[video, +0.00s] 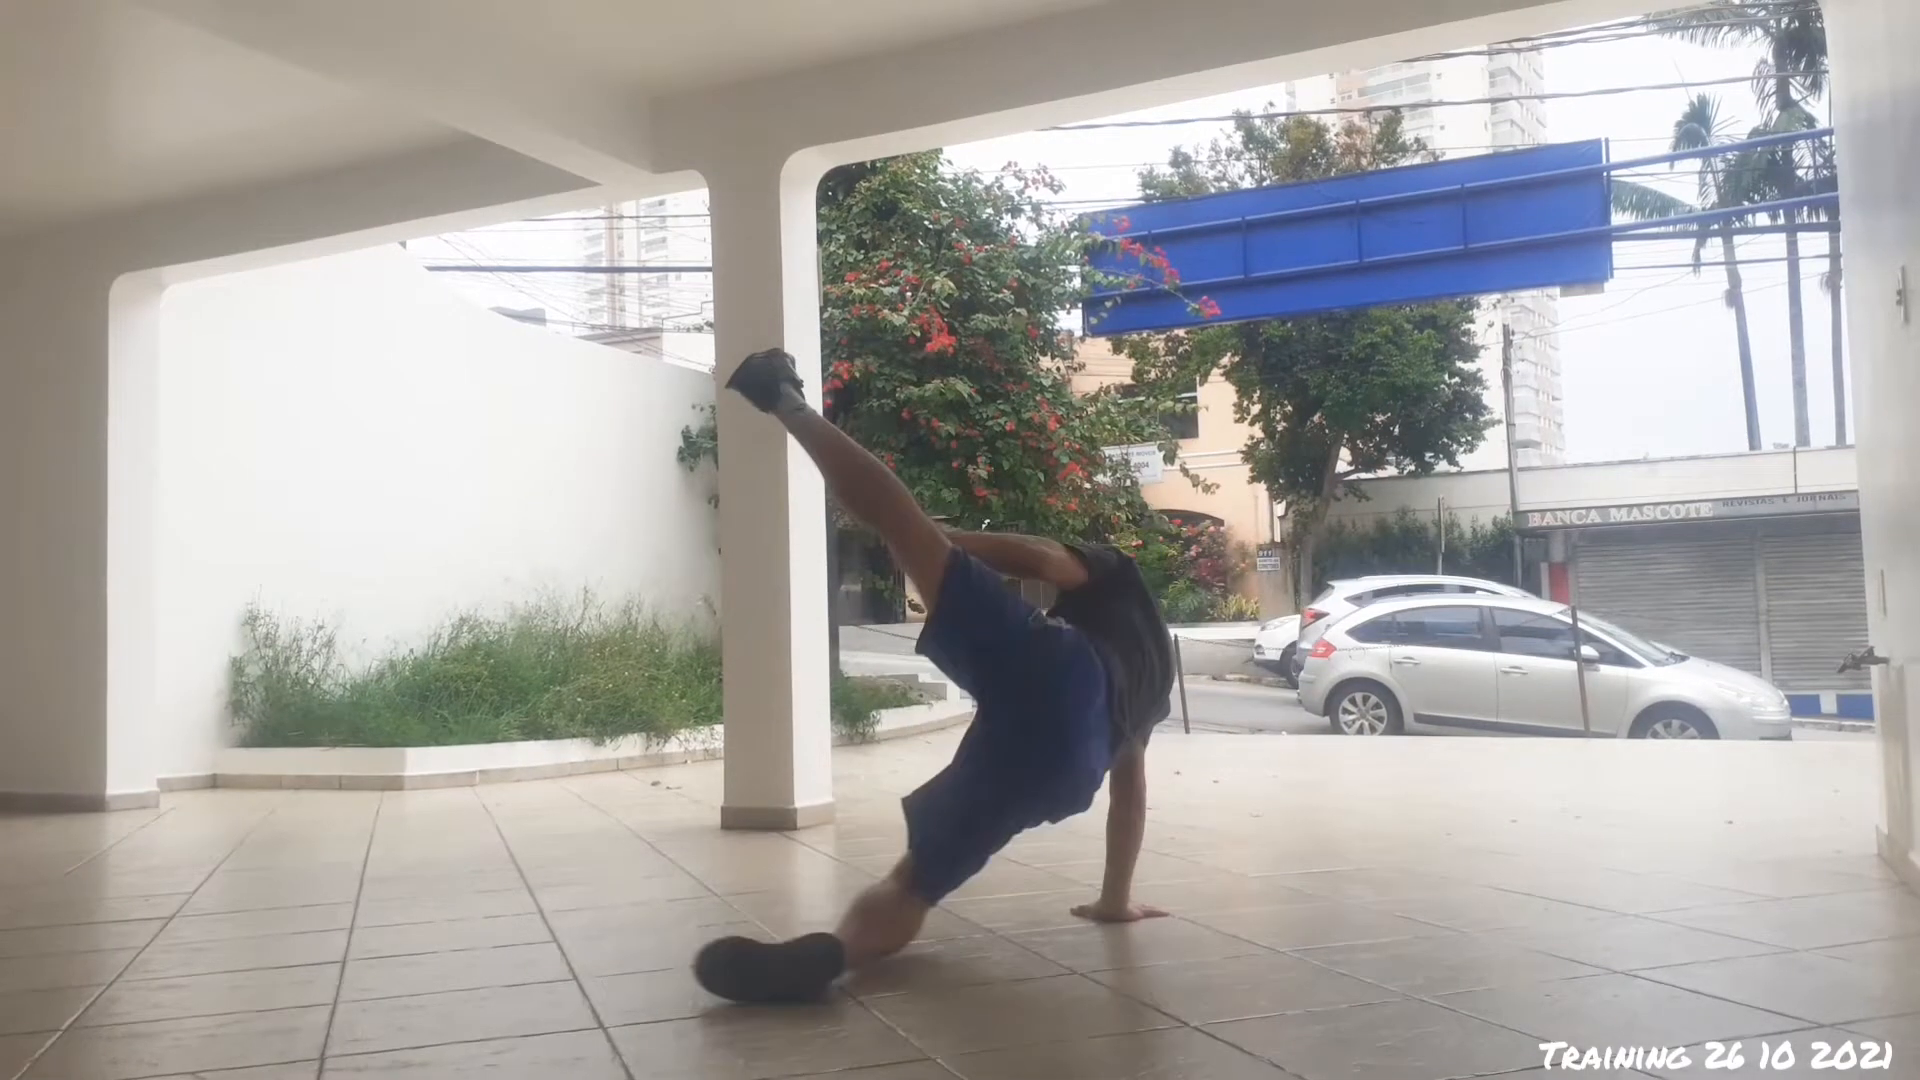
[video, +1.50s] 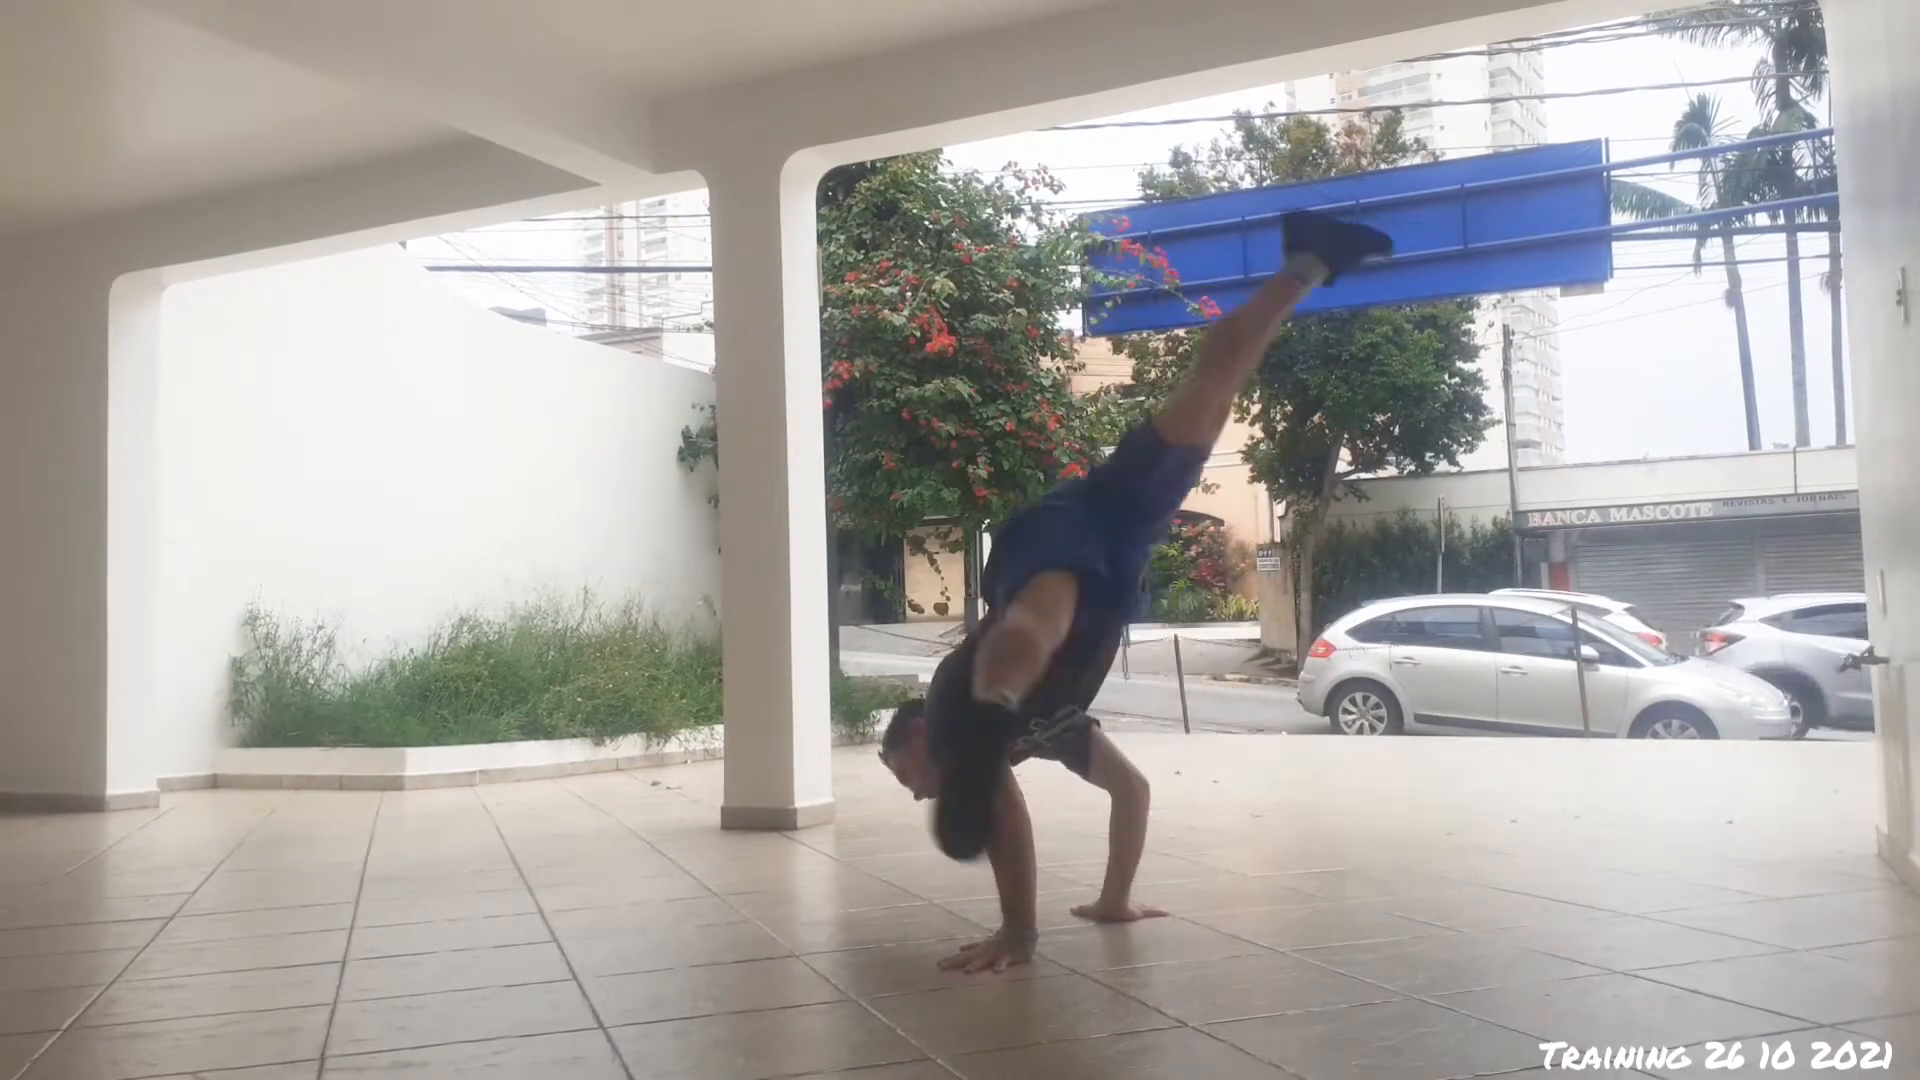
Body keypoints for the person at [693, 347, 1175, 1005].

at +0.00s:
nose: (1066, 568)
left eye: (1078, 566)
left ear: (1101, 574)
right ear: (1140, 616)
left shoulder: (1112, 574)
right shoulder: (1145, 675)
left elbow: (1038, 557)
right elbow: (1130, 797)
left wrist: (936, 538)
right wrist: (1116, 902)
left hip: (1058, 669)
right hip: (1071, 770)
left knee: (908, 530)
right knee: (916, 883)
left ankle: (785, 401)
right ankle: (833, 949)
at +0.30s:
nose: (965, 774)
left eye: (954, 761)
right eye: (962, 764)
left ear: (963, 721)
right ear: (1020, 710)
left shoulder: (967, 708)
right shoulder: (1074, 695)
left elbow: (982, 817)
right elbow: (1122, 792)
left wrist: (1008, 928)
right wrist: (1116, 902)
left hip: (1058, 522)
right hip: (1149, 560)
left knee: (919, 483)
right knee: (1274, 697)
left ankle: (751, 424)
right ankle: (1429, 835)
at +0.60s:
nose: (912, 803)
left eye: (896, 793)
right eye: (900, 800)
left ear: (907, 757)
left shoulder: (946, 717)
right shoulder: (1048, 727)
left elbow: (1012, 811)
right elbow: (1117, 786)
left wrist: (1018, 933)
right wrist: (1116, 894)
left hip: (1039, 552)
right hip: (1100, 524)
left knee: (1096, 674)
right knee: (1217, 449)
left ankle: (1153, 803)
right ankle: (1302, 292)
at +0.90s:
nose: (903, 809)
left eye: (889, 799)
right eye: (892, 806)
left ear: (897, 758)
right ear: (917, 763)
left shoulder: (949, 715)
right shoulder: (1034, 729)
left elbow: (1011, 814)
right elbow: (1119, 788)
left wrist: (1016, 934)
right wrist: (1114, 901)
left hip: (1089, 610)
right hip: (1071, 551)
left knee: (1253, 693)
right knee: (1112, 374)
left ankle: (1429, 762)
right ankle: (991, 228)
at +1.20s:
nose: (903, 794)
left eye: (891, 783)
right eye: (892, 790)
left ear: (903, 744)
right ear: (919, 747)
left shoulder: (948, 713)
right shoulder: (1035, 720)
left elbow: (1004, 805)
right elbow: (1119, 787)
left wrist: (1016, 933)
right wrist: (1113, 899)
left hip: (1077, 596)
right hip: (1059, 536)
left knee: (1253, 670)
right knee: (1099, 356)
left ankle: (1446, 724)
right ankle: (994, 195)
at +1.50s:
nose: (914, 787)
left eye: (903, 773)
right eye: (905, 781)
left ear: (915, 737)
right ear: (933, 748)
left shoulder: (962, 707)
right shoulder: (1049, 727)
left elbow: (1003, 817)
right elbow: (1132, 789)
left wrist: (1016, 933)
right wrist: (1114, 900)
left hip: (1054, 540)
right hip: (1116, 546)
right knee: (1218, 376)